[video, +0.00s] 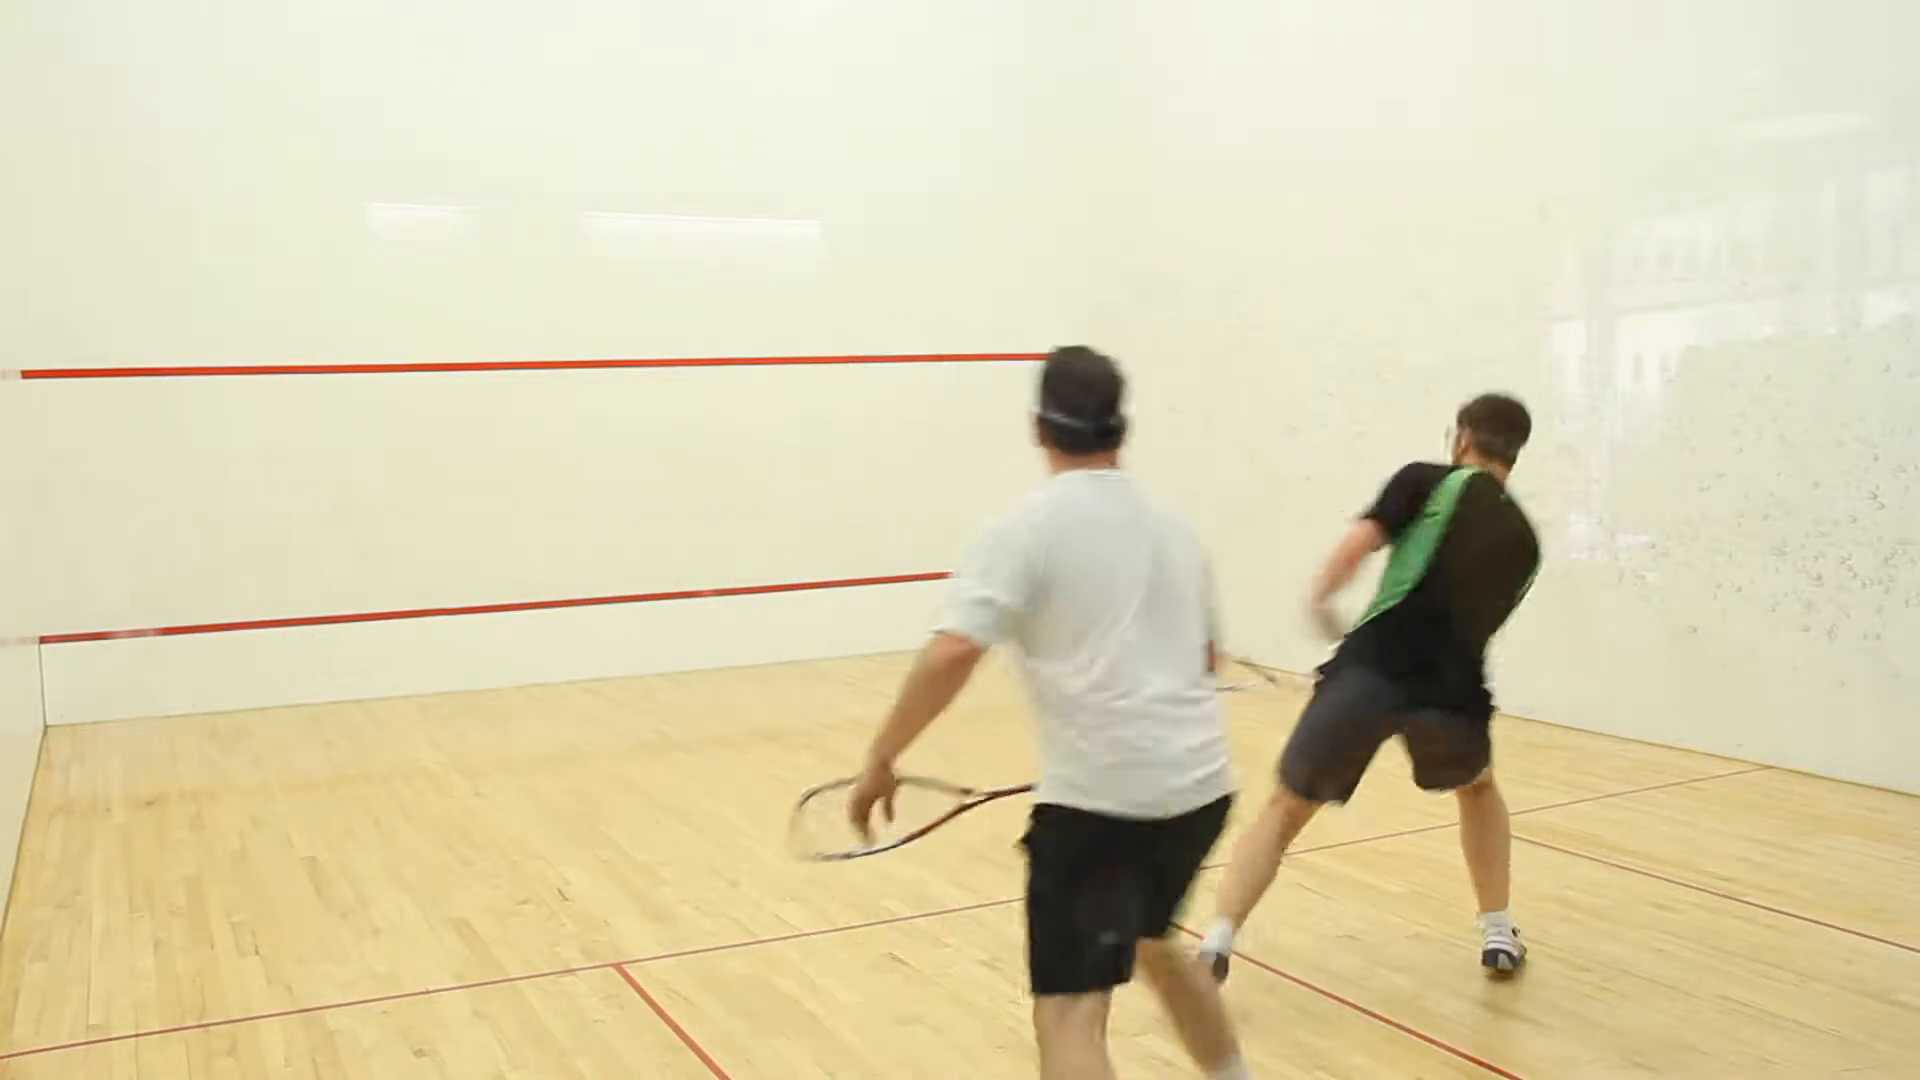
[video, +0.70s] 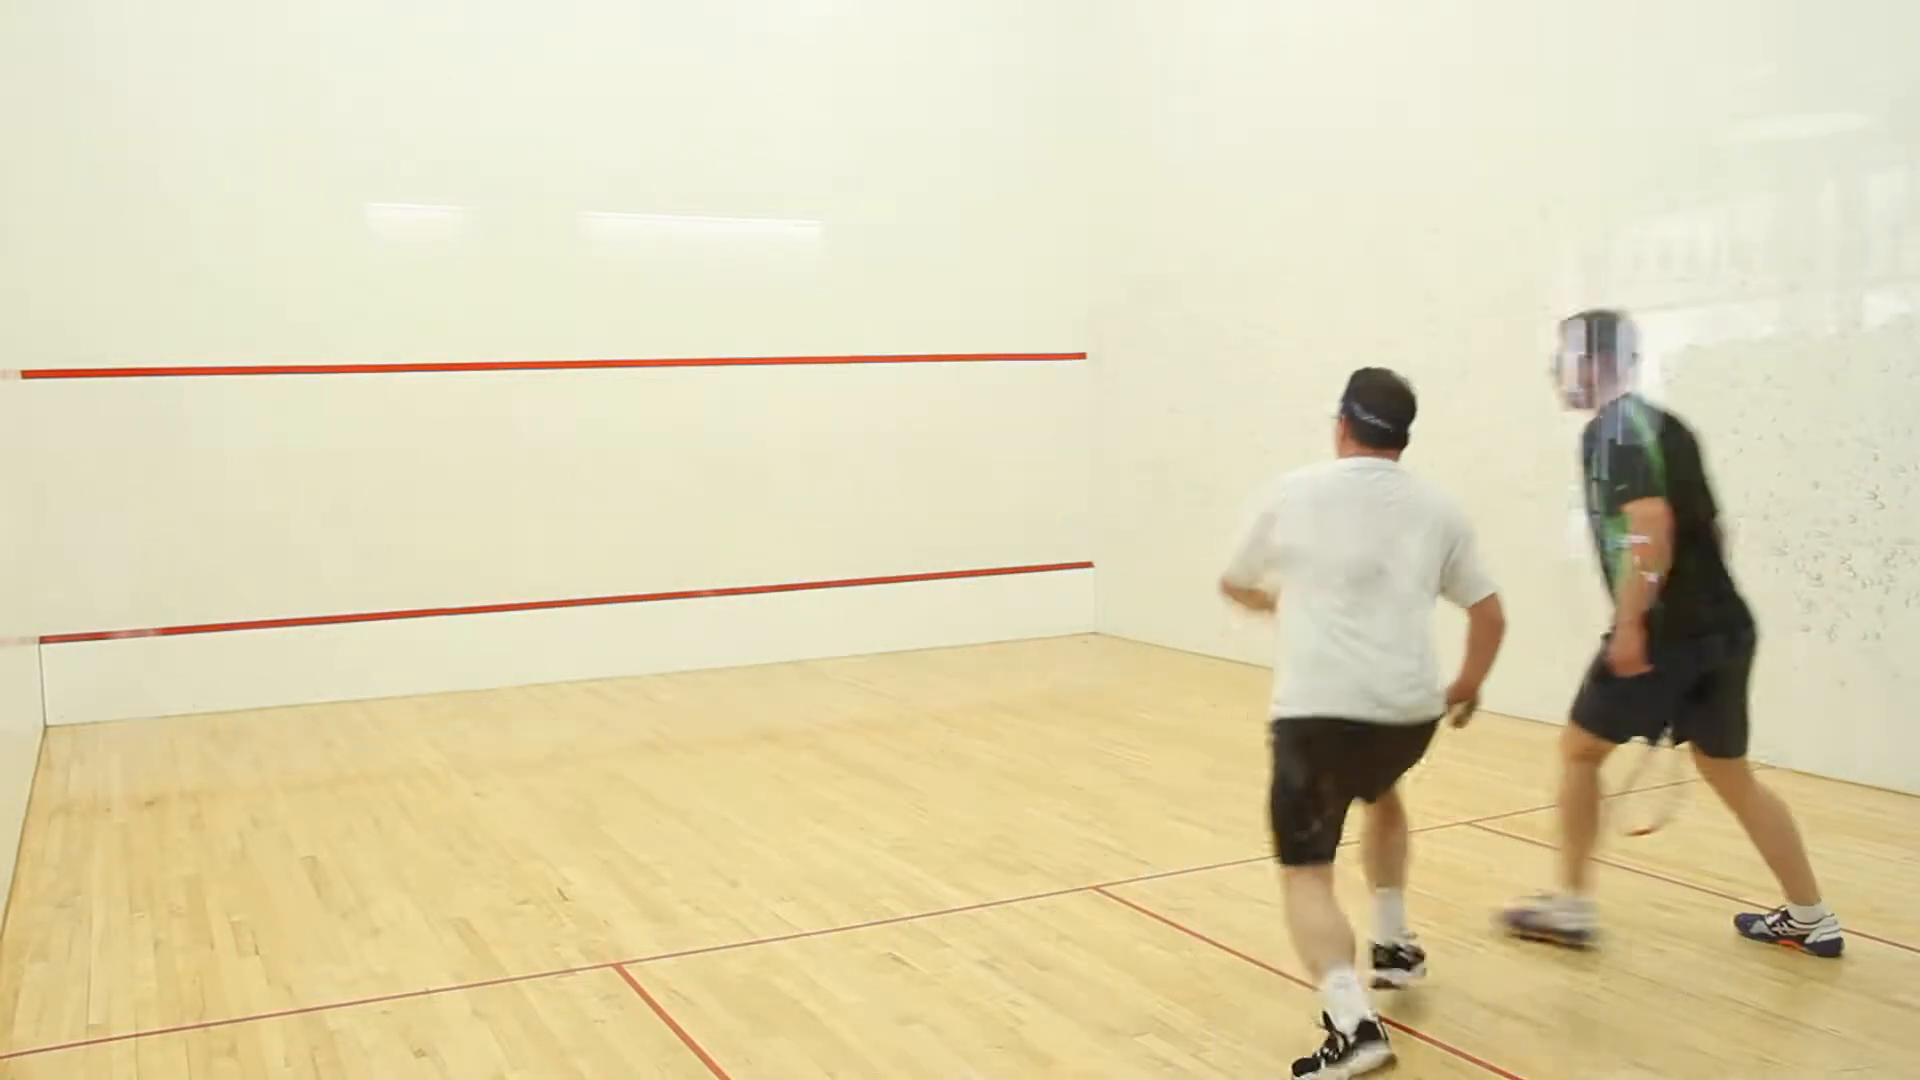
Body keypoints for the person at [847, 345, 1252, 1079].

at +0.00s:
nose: (1038, 424)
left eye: (1037, 415)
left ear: (1039, 428)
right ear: (1123, 426)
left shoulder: (1028, 527)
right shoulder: (1173, 527)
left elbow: (952, 654)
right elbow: (1205, 659)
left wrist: (882, 759)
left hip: (1095, 801)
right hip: (1200, 792)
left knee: (1072, 1015)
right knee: (1156, 940)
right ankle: (1233, 1070)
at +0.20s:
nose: (1106, 428)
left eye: (1108, 417)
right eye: (1110, 417)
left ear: (1117, 424)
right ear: (1189, 429)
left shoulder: (1109, 515)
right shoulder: (1249, 514)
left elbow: (1034, 637)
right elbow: (1298, 640)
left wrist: (990, 716)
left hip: (1181, 775)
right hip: (1284, 767)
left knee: (1057, 923)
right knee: (1204, 857)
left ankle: (1102, 1069)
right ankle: (1298, 1023)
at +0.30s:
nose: (1156, 452)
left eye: (1159, 441)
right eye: (1161, 441)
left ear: (1170, 450)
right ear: (1233, 454)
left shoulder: (1159, 537)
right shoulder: (1279, 534)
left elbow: (1093, 657)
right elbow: (1325, 663)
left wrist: (1046, 718)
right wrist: (1248, 731)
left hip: (1202, 792)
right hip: (1299, 785)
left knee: (1082, 946)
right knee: (1260, 875)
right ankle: (1336, 1024)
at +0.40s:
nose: (1227, 455)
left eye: (1231, 446)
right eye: (1234, 445)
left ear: (1240, 455)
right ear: (1303, 459)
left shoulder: (1208, 538)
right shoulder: (1343, 542)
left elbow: (1137, 645)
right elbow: (1384, 655)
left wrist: (1118, 682)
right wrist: (1322, 697)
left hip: (1223, 781)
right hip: (1328, 780)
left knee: (1153, 945)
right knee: (1289, 852)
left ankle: (1145, 1070)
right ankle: (1342, 1018)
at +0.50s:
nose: (1283, 439)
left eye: (1286, 428)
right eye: (1288, 428)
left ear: (1297, 437)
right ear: (1359, 447)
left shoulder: (1259, 508)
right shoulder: (1388, 527)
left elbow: (1170, 581)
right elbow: (1434, 632)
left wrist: (1163, 642)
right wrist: (1380, 680)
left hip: (1250, 741)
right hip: (1349, 744)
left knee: (1188, 904)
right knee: (1313, 847)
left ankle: (1252, 1048)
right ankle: (1346, 1016)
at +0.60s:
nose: (1312, 429)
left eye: (1315, 419)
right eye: (1320, 420)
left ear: (1324, 426)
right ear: (1386, 438)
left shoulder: (1274, 493)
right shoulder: (1413, 519)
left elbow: (1189, 578)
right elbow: (1463, 631)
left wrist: (1199, 650)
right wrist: (1427, 693)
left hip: (1282, 717)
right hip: (1379, 722)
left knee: (1258, 866)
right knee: (1340, 829)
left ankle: (1333, 1011)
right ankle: (1353, 976)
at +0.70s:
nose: (1335, 429)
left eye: (1338, 420)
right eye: (1349, 421)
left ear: (1342, 425)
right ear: (1405, 436)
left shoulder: (1297, 494)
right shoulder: (1435, 507)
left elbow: (1239, 583)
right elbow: (1489, 615)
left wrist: (1290, 602)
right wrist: (1468, 684)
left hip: (1315, 712)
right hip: (1409, 712)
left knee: (1309, 875)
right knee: (1381, 793)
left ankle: (1353, 1026)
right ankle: (1392, 940)